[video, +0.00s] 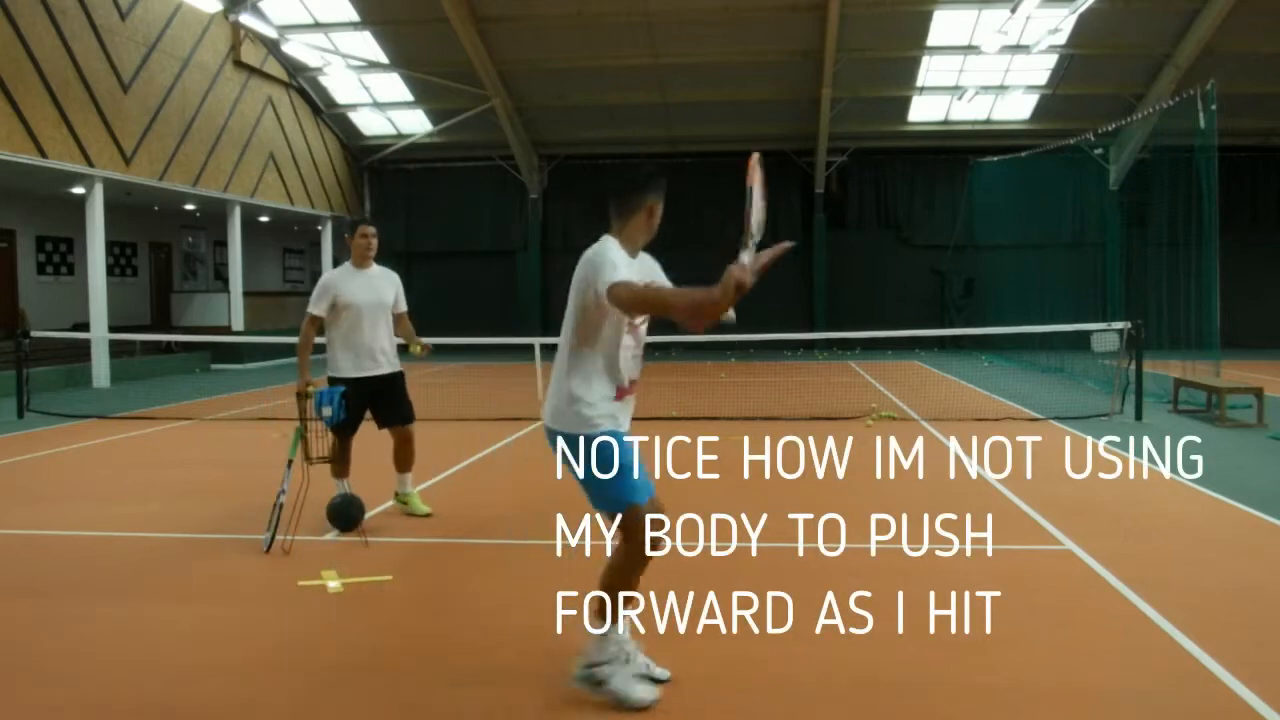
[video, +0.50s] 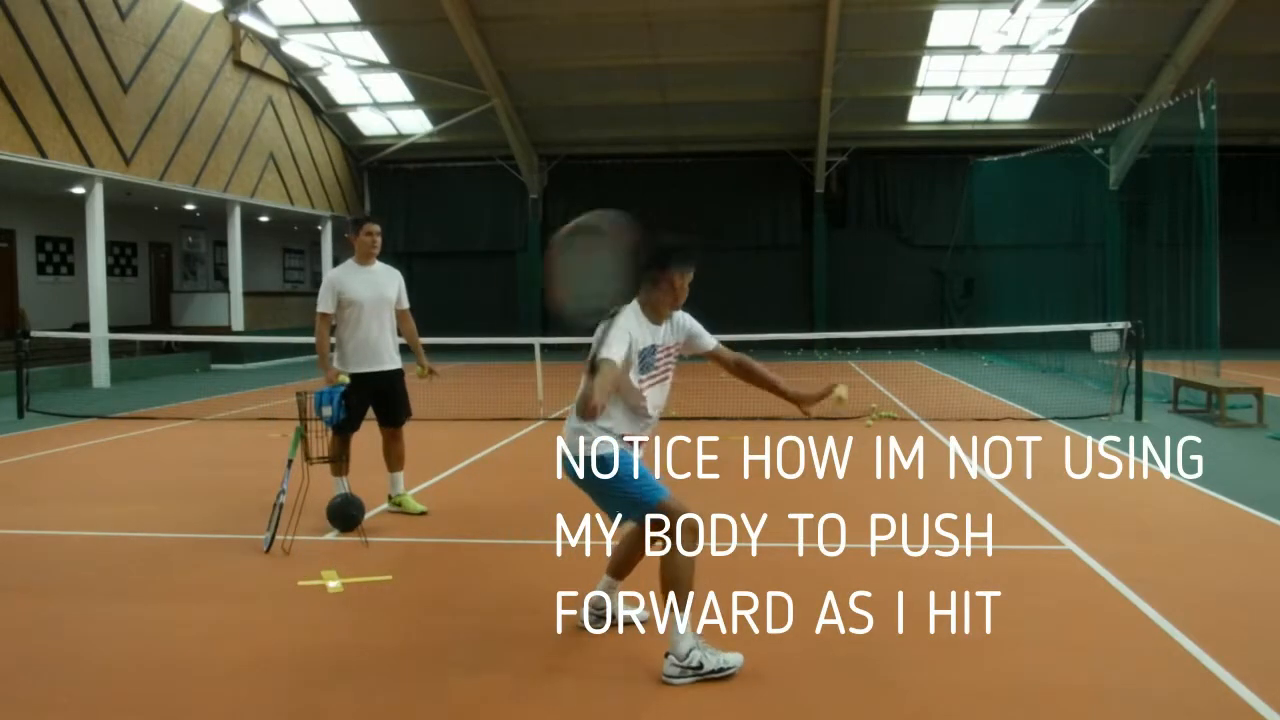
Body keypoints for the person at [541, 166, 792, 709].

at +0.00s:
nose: (657, 217)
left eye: (656, 210)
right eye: (657, 209)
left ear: (625, 209)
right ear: (649, 210)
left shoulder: (644, 264)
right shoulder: (602, 257)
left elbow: (695, 319)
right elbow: (631, 298)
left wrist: (737, 280)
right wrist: (717, 295)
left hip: (608, 415)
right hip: (582, 416)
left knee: (643, 525)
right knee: (643, 526)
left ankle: (613, 640)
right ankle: (598, 654)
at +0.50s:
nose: (686, 289)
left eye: (688, 281)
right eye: (680, 280)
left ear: (680, 285)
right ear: (656, 281)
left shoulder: (678, 321)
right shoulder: (624, 324)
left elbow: (733, 362)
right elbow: (607, 368)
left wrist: (795, 396)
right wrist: (595, 396)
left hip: (621, 446)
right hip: (593, 446)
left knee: (649, 521)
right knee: (680, 524)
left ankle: (599, 603)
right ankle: (683, 650)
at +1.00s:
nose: (657, 220)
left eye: (651, 212)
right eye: (657, 213)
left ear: (614, 219)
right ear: (652, 218)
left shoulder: (588, 274)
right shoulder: (658, 259)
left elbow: (555, 338)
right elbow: (628, 221)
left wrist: (593, 323)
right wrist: (586, 209)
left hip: (599, 425)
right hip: (657, 419)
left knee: (555, 519)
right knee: (681, 513)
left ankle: (532, 633)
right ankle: (732, 611)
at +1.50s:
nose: (538, 197)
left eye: (517, 190)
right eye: (539, 190)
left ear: (493, 193)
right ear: (537, 195)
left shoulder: (489, 244)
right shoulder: (558, 252)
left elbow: (515, 311)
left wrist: (486, 385)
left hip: (514, 409)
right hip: (563, 406)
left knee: (481, 526)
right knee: (552, 516)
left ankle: (526, 648)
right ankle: (565, 642)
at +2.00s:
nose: (446, 211)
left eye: (441, 203)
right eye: (446, 203)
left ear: (397, 208)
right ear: (442, 207)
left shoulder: (364, 263)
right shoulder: (458, 272)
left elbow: (342, 346)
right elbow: (478, 364)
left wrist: (395, 369)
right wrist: (509, 400)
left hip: (372, 435)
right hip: (438, 434)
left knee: (372, 566)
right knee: (486, 558)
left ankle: (350, 694)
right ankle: (535, 664)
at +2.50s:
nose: (487, 215)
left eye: (483, 207)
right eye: (486, 208)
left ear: (435, 212)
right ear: (480, 212)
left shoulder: (406, 277)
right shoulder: (465, 282)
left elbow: (430, 366)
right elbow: (478, 387)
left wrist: (512, 358)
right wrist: (515, 417)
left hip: (397, 452)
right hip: (433, 457)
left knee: (436, 565)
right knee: (475, 598)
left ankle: (369, 671)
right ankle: (421, 712)